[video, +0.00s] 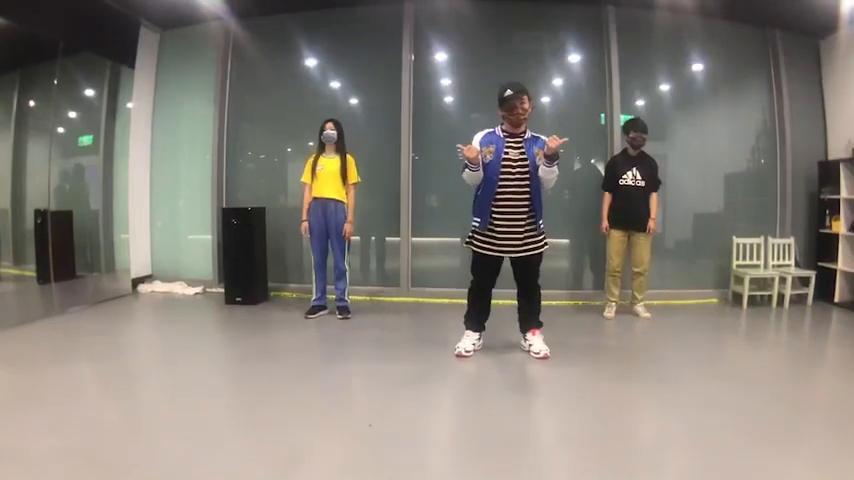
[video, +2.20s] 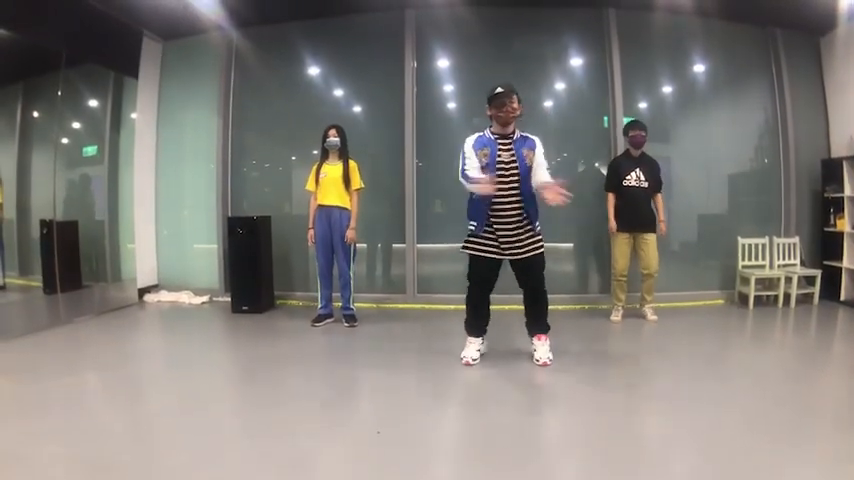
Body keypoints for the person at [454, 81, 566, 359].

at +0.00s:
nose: (519, 109)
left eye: (523, 103)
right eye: (512, 105)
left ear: (530, 106)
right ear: (501, 110)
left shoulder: (540, 143)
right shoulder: (485, 139)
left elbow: (548, 184)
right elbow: (472, 181)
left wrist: (549, 158)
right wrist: (474, 163)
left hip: (527, 227)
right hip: (490, 226)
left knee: (529, 283)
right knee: (481, 282)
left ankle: (532, 332)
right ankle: (473, 332)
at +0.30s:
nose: (510, 112)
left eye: (514, 106)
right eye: (503, 107)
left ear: (522, 108)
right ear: (493, 110)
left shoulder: (535, 144)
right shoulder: (479, 141)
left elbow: (542, 175)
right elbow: (465, 179)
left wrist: (543, 197)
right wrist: (474, 159)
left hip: (523, 228)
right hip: (485, 227)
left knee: (527, 283)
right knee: (476, 282)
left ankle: (531, 333)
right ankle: (471, 332)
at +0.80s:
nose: (491, 105)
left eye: (495, 100)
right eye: (485, 101)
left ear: (505, 104)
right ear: (476, 107)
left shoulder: (519, 136)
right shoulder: (463, 140)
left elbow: (540, 168)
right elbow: (455, 163)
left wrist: (527, 202)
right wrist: (456, 179)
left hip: (511, 222)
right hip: (474, 225)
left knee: (520, 278)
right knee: (473, 280)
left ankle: (528, 330)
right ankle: (471, 331)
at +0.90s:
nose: (503, 105)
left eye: (506, 101)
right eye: (496, 102)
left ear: (513, 106)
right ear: (484, 109)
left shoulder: (526, 140)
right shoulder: (469, 143)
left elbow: (548, 169)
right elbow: (459, 178)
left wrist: (527, 181)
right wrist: (454, 210)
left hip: (516, 227)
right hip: (478, 228)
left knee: (524, 281)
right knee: (475, 282)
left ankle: (531, 333)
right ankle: (473, 334)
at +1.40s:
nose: (530, 109)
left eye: (534, 103)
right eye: (523, 104)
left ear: (543, 105)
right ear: (513, 108)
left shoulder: (554, 141)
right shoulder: (498, 140)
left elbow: (557, 172)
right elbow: (484, 169)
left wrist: (544, 194)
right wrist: (481, 189)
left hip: (536, 223)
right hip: (499, 219)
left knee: (536, 280)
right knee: (484, 270)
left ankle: (535, 332)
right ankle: (482, 318)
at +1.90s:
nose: (506, 108)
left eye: (511, 102)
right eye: (500, 103)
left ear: (520, 108)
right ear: (490, 109)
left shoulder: (534, 141)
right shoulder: (473, 145)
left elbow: (562, 167)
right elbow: (464, 178)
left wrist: (568, 207)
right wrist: (443, 172)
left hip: (524, 227)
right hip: (485, 228)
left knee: (532, 283)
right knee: (482, 285)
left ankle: (537, 336)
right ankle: (479, 337)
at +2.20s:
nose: (508, 108)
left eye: (512, 103)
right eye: (501, 104)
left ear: (520, 108)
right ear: (490, 110)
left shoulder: (531, 143)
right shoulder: (475, 142)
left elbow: (540, 176)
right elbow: (468, 174)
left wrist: (548, 188)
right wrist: (482, 183)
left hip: (523, 228)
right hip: (486, 229)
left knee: (534, 284)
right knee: (479, 285)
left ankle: (540, 337)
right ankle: (474, 338)